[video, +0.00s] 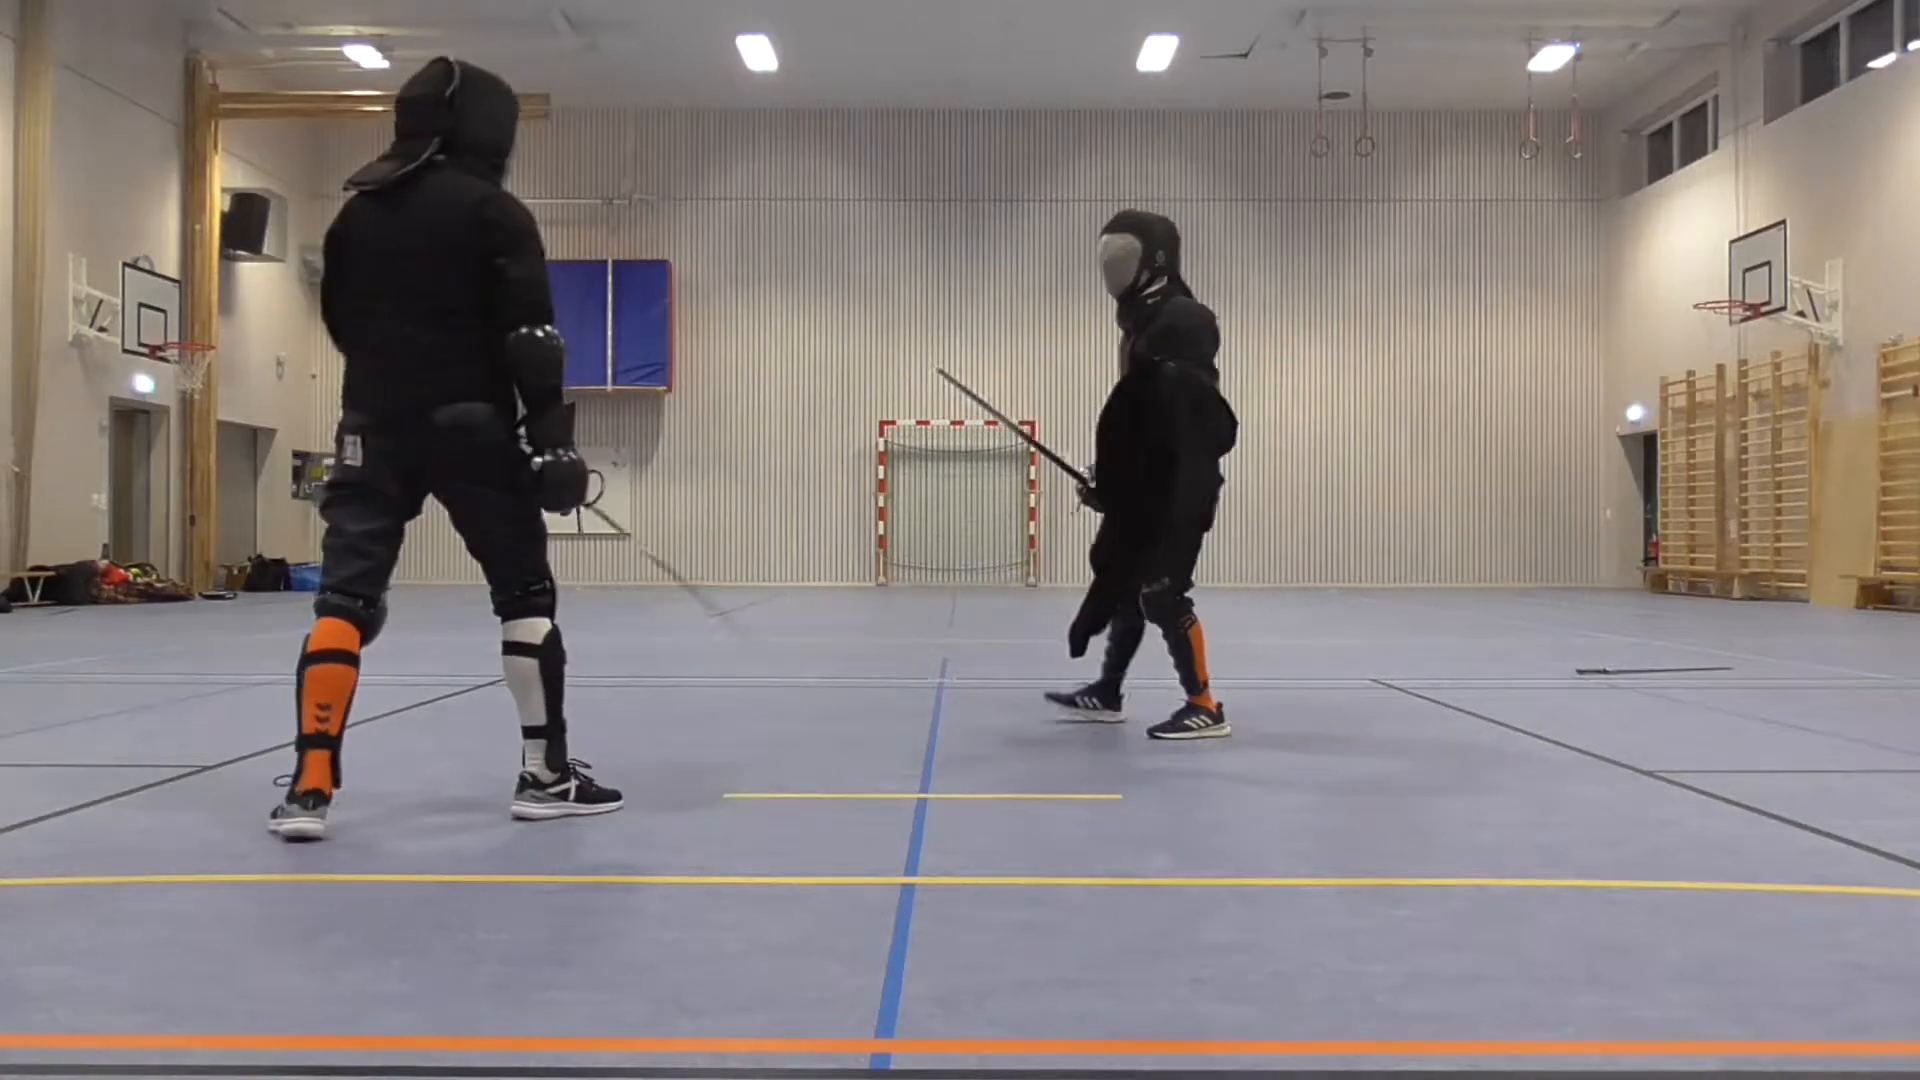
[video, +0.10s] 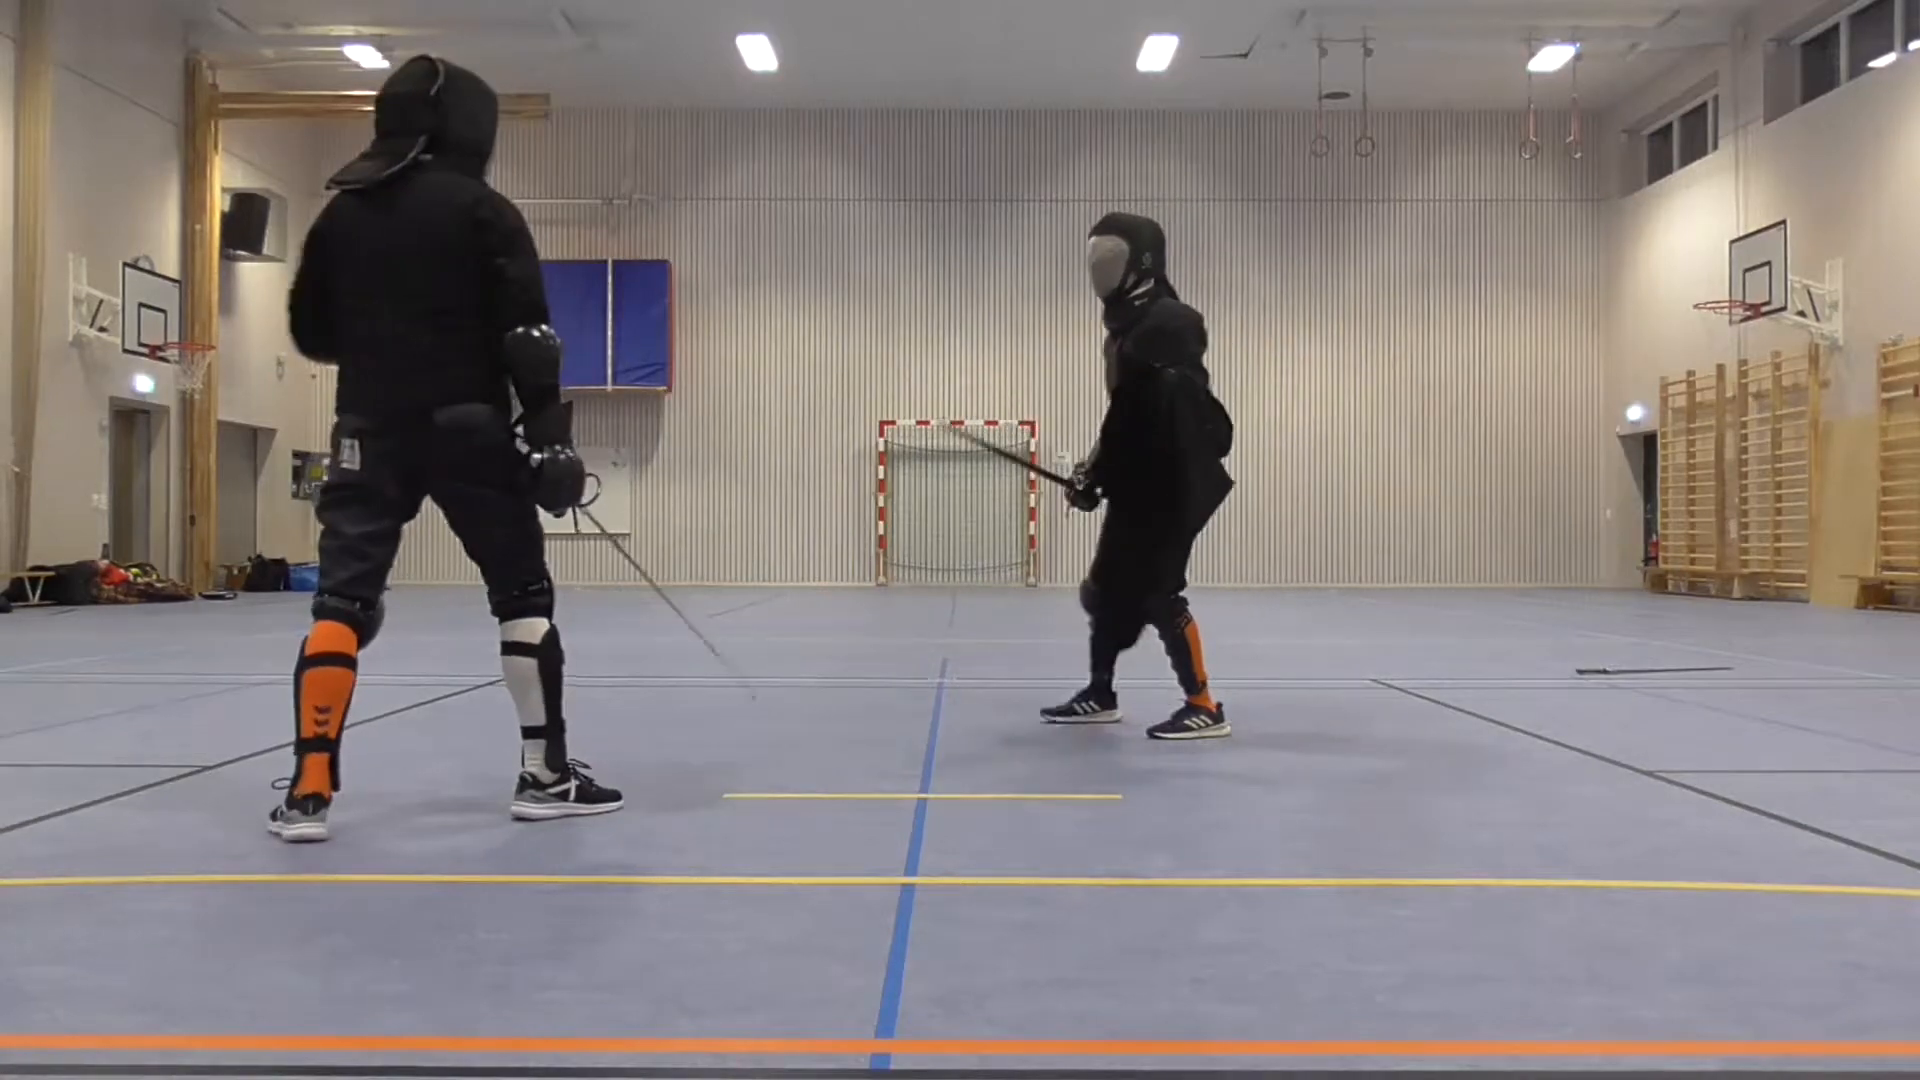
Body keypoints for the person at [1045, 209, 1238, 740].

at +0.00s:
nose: (1111, 271)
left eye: (1121, 258)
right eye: (1109, 259)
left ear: (1154, 260)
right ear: (1143, 262)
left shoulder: (1177, 326)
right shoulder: (1145, 318)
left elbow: (1184, 430)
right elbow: (1144, 423)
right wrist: (1110, 479)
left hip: (1179, 493)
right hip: (1147, 490)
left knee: (1166, 595)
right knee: (1130, 592)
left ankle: (1203, 705)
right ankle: (1106, 690)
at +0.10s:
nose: (1097, 271)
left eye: (1108, 260)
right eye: (1096, 260)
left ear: (1140, 263)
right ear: (1135, 265)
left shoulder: (1162, 326)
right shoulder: (1129, 324)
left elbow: (1145, 421)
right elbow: (1126, 414)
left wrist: (1100, 478)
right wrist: (1094, 469)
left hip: (1175, 487)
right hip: (1142, 485)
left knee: (1162, 592)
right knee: (1106, 591)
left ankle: (1203, 704)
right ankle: (1100, 693)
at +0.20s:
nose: (1083, 272)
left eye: (1094, 261)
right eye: (1082, 261)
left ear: (1126, 264)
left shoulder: (1150, 327)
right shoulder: (1110, 327)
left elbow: (1147, 424)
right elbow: (1107, 415)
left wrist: (1126, 503)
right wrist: (1076, 472)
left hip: (1168, 490)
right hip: (1125, 487)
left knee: (1156, 597)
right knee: (1086, 593)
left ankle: (1201, 704)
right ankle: (1098, 695)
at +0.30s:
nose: (1071, 273)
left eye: (1082, 262)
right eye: (1069, 262)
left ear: (1115, 264)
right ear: (1071, 266)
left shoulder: (1142, 329)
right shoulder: (1086, 336)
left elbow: (1155, 424)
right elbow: (1086, 419)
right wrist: (1059, 472)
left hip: (1141, 493)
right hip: (1099, 490)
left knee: (1127, 594)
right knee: (1076, 594)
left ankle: (1191, 694)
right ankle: (1097, 695)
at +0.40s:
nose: (1059, 276)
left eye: (1070, 264)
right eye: (1056, 265)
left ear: (1103, 268)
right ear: (1058, 269)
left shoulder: (1133, 330)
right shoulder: (1070, 341)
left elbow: (1153, 417)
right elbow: (1069, 426)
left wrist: (1139, 485)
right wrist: (1044, 479)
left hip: (1128, 482)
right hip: (1087, 482)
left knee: (1093, 579)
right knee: (1065, 594)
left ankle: (1161, 681)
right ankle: (1096, 695)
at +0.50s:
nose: (1047, 277)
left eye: (1058, 266)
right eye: (1044, 267)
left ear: (1091, 269)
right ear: (1047, 270)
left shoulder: (1124, 330)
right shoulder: (1061, 340)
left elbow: (1141, 421)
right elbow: (1058, 425)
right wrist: (1032, 478)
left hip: (1121, 482)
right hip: (1080, 481)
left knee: (1081, 578)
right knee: (1058, 594)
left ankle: (1116, 697)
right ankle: (1094, 693)